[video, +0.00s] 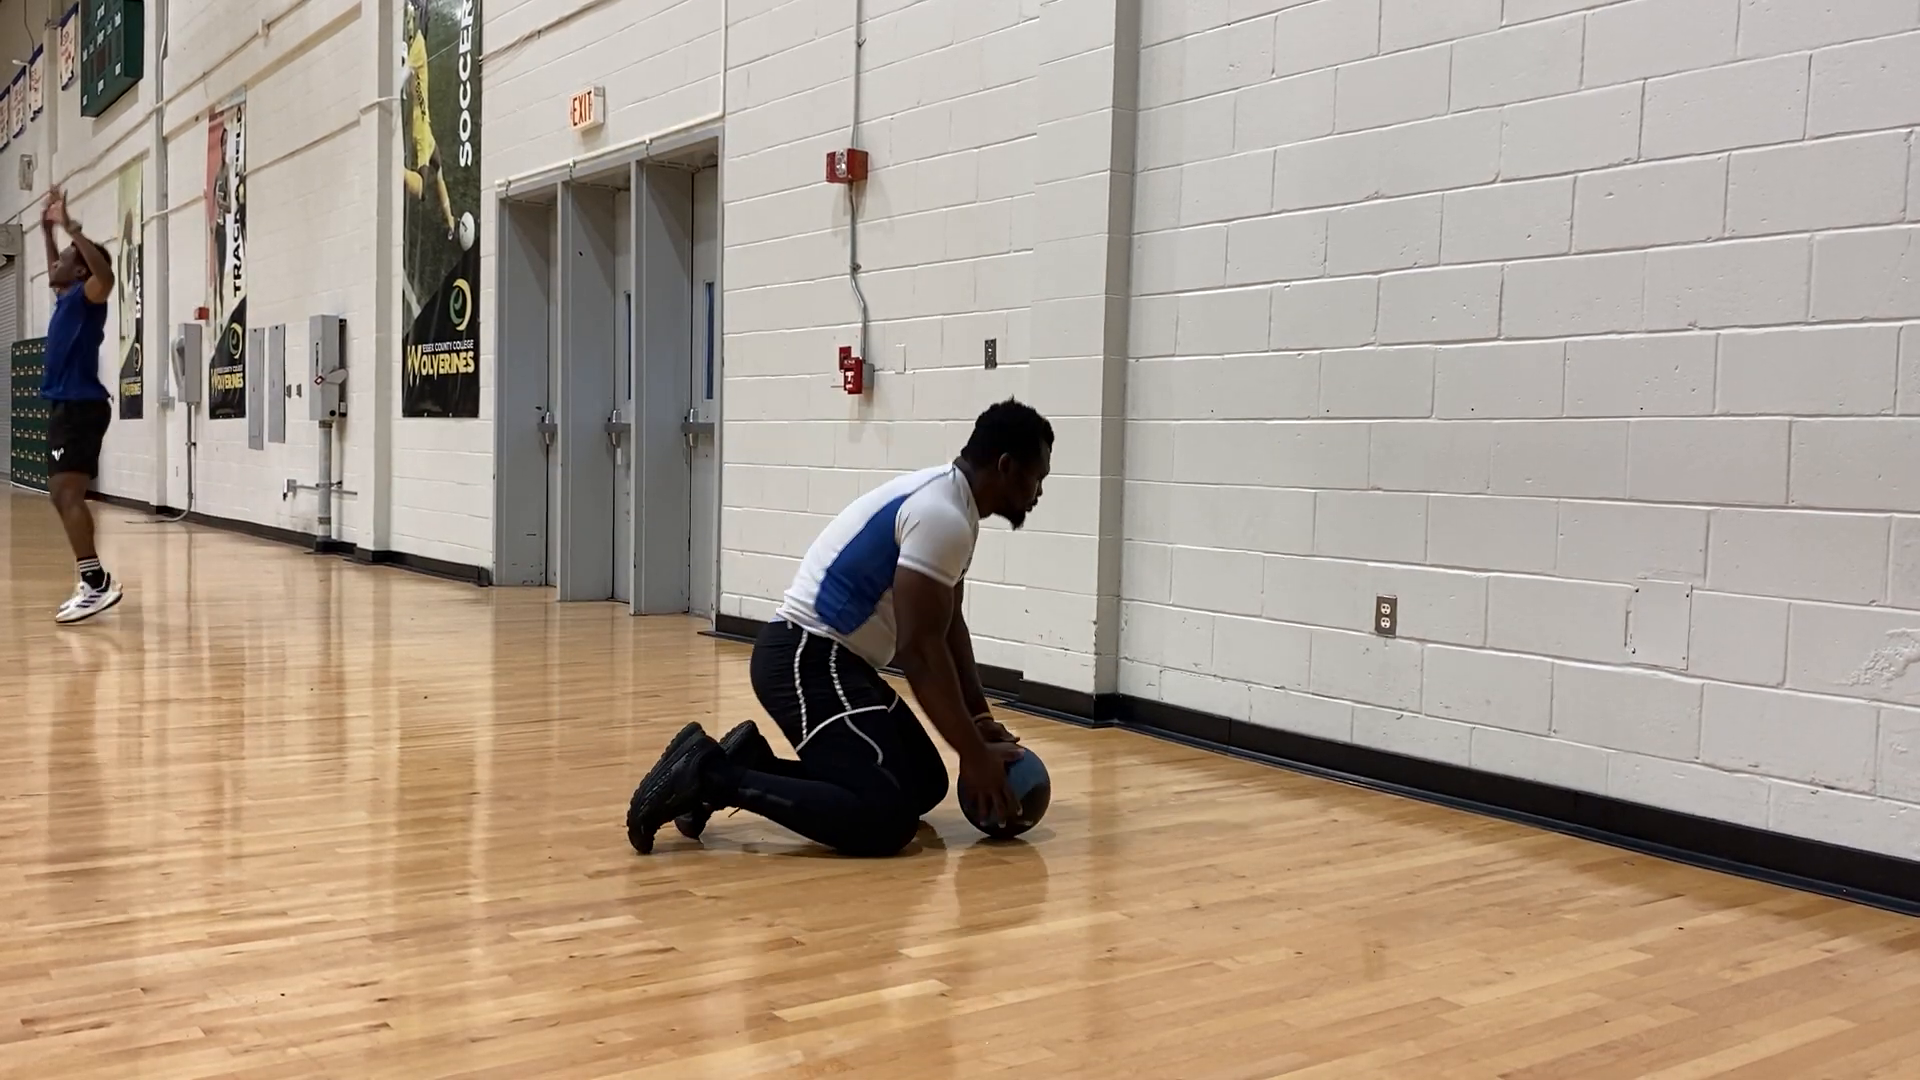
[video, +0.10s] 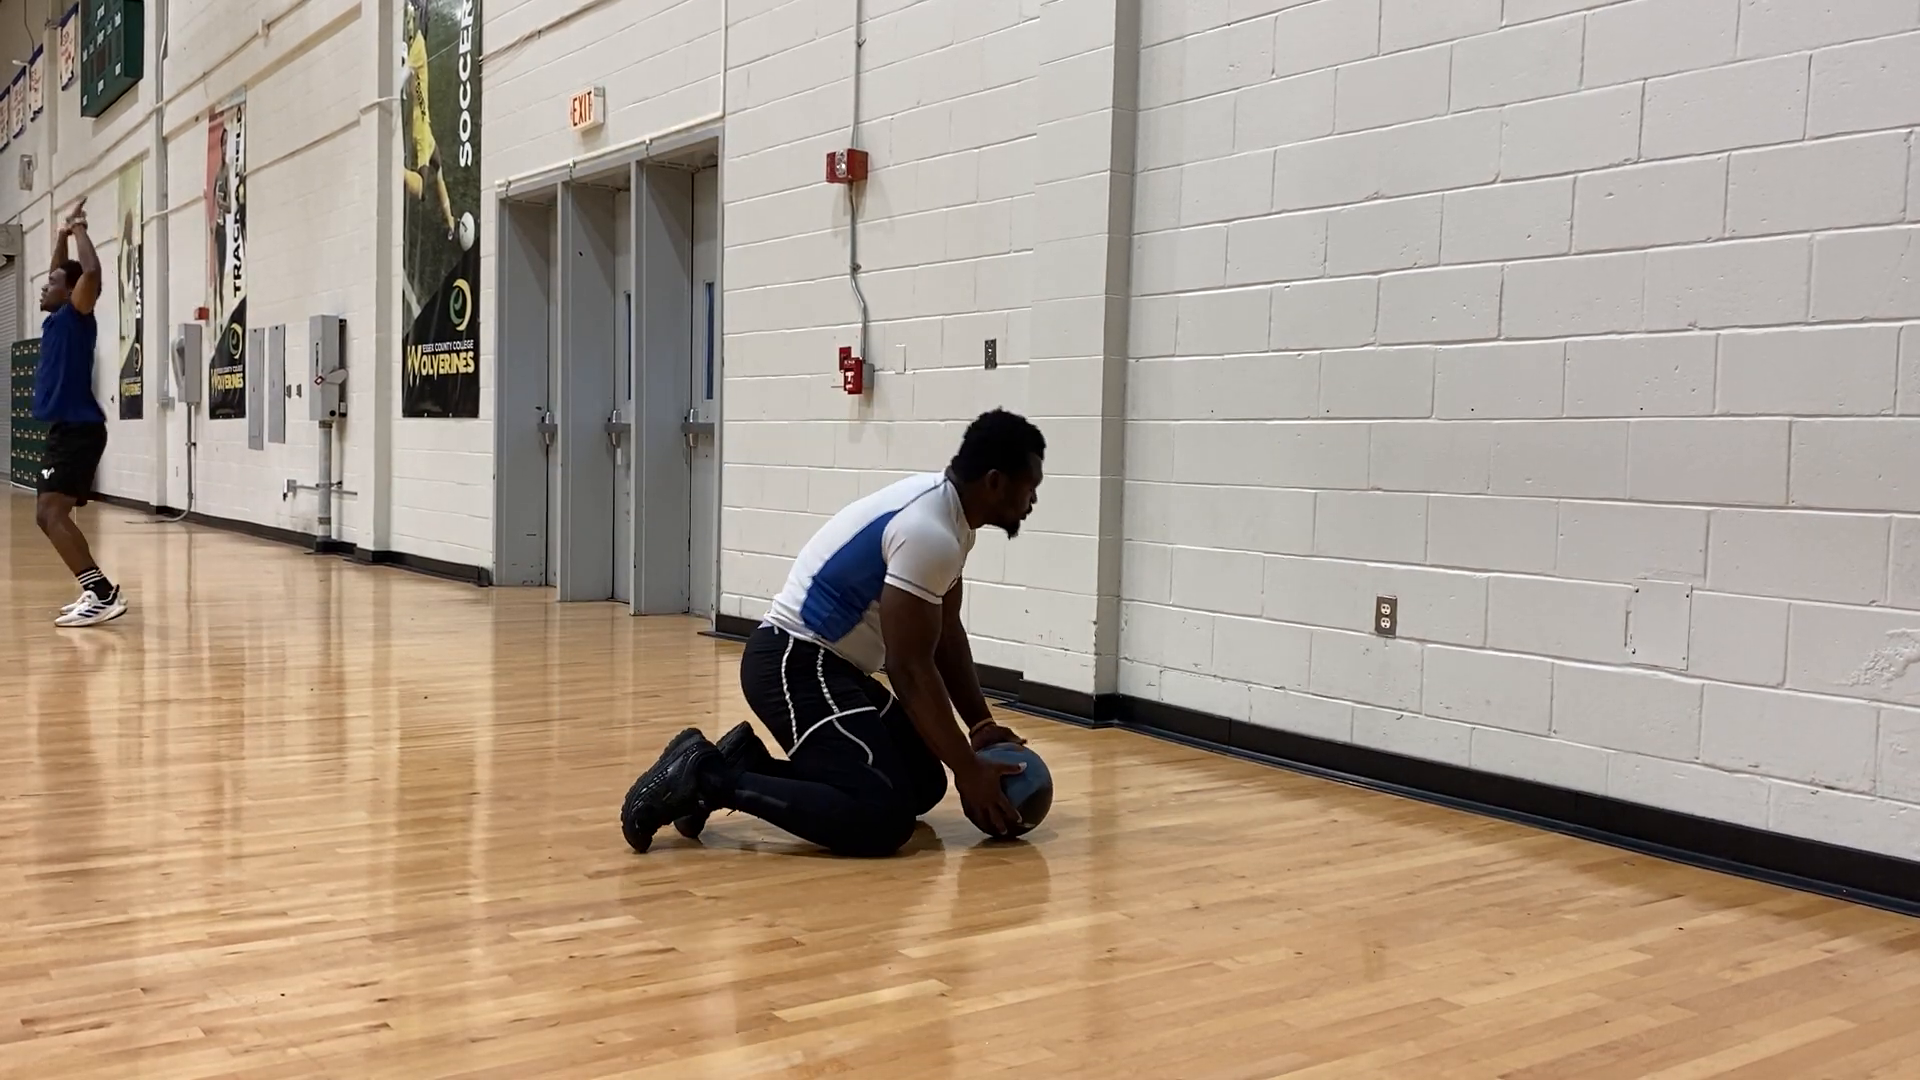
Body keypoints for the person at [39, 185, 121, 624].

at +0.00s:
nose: (57, 262)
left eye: (66, 258)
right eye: (60, 257)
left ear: (81, 266)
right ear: (66, 269)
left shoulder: (88, 296)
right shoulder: (68, 298)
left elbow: (103, 271)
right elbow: (53, 271)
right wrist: (45, 228)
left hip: (82, 405)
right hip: (67, 405)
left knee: (67, 494)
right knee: (65, 494)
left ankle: (95, 583)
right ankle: (94, 581)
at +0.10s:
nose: (46, 286)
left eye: (53, 282)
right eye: (47, 281)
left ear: (70, 289)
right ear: (54, 289)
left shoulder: (76, 315)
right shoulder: (56, 319)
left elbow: (92, 271)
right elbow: (57, 273)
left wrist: (80, 229)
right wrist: (61, 231)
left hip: (78, 427)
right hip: (63, 427)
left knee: (51, 515)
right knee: (47, 517)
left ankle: (100, 593)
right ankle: (98, 591)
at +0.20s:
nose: (48, 266)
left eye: (57, 261)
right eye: (49, 261)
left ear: (71, 271)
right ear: (52, 272)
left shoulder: (74, 304)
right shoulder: (54, 305)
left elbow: (83, 268)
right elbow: (42, 270)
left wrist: (63, 215)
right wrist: (35, 226)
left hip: (65, 414)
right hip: (51, 414)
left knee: (53, 503)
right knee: (50, 504)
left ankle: (94, 586)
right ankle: (93, 584)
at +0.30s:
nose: (47, 253)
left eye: (52, 248)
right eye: (47, 246)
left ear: (69, 258)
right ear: (58, 258)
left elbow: (75, 297)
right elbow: (33, 296)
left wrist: (55, 268)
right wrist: (14, 271)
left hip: (55, 395)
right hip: (42, 394)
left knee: (49, 486)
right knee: (47, 486)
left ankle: (78, 575)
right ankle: (81, 570)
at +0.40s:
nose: (28, 253)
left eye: (36, 248)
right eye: (31, 247)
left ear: (56, 258)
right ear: (51, 258)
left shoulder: (61, 291)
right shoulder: (45, 292)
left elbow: (75, 336)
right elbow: (44, 337)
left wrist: (51, 358)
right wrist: (18, 348)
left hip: (47, 399)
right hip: (33, 397)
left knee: (41, 488)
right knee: (36, 488)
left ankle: (62, 579)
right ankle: (60, 576)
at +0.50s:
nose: (17, 274)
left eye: (26, 269)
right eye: (21, 268)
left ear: (44, 281)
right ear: (41, 282)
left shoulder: (49, 319)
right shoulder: (32, 319)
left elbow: (65, 380)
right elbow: (37, 378)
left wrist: (39, 423)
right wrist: (15, 410)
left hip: (50, 424)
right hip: (35, 422)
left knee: (16, 505)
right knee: (15, 505)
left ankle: (60, 591)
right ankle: (58, 589)